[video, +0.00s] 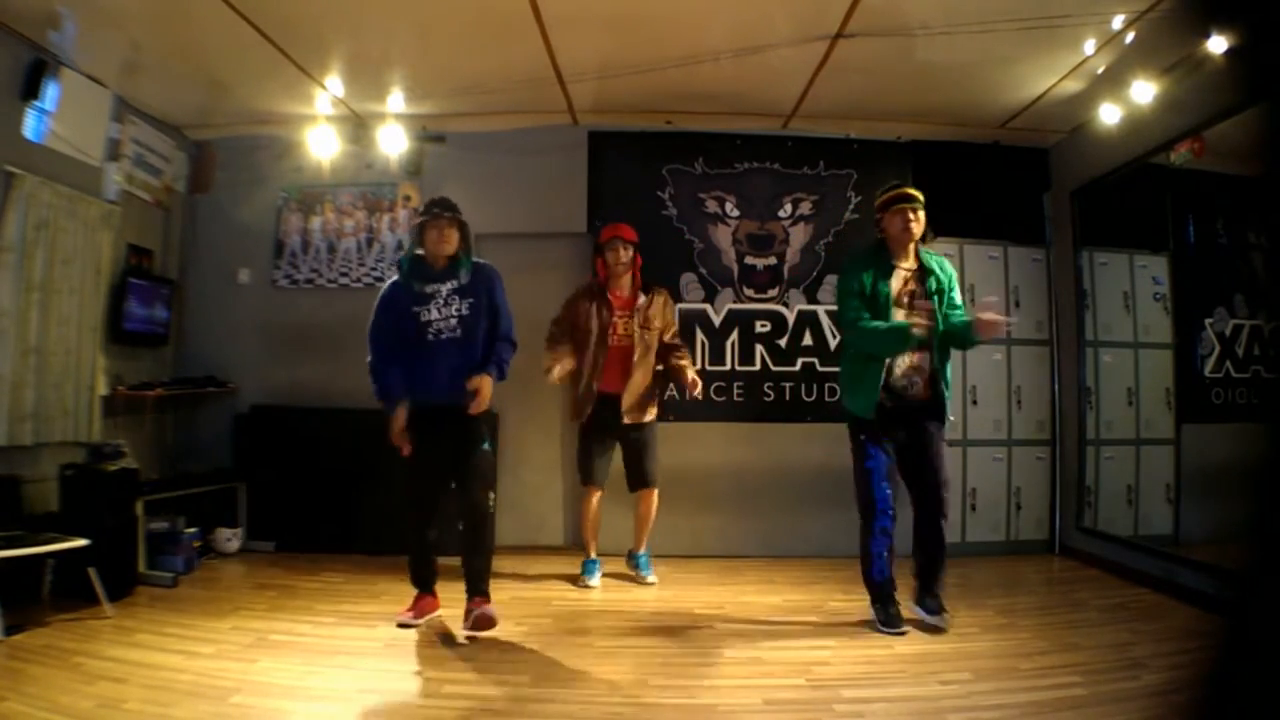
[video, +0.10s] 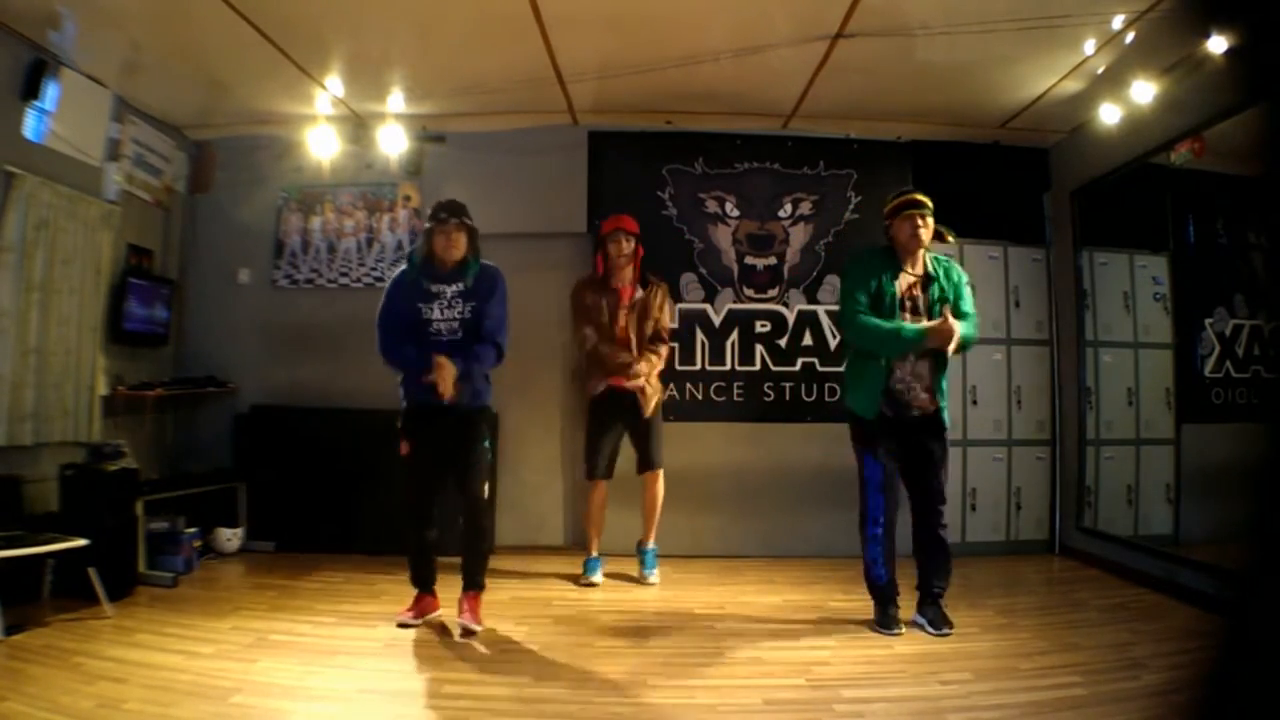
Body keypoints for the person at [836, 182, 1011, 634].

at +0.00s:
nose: (910, 219)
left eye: (916, 212)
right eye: (901, 213)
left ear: (925, 222)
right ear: (882, 221)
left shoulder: (940, 271)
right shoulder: (859, 269)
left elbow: (952, 329)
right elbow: (854, 331)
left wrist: (976, 328)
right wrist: (910, 333)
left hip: (923, 408)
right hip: (872, 407)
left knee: (933, 501)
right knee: (878, 507)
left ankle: (928, 596)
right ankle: (883, 602)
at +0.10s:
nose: (921, 225)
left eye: (925, 218)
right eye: (911, 218)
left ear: (932, 227)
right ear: (891, 226)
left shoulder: (949, 272)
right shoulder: (865, 268)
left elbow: (971, 324)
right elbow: (854, 327)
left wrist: (952, 333)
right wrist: (922, 334)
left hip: (926, 411)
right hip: (873, 409)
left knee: (932, 508)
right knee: (879, 508)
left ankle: (931, 602)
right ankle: (884, 603)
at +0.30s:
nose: (930, 244)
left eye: (936, 237)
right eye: (920, 237)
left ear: (947, 243)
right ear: (904, 243)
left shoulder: (962, 292)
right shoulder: (877, 281)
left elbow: (969, 346)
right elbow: (855, 338)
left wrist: (948, 379)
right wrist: (844, 395)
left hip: (930, 409)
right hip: (877, 403)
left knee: (937, 512)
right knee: (859, 467)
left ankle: (919, 602)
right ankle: (867, 526)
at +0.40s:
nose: (923, 246)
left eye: (930, 238)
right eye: (914, 239)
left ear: (940, 243)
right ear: (898, 244)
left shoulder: (959, 293)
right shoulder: (876, 285)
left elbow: (953, 364)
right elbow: (854, 347)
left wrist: (931, 427)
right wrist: (847, 410)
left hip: (930, 412)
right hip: (878, 405)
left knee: (930, 513)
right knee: (872, 464)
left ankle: (919, 601)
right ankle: (875, 510)